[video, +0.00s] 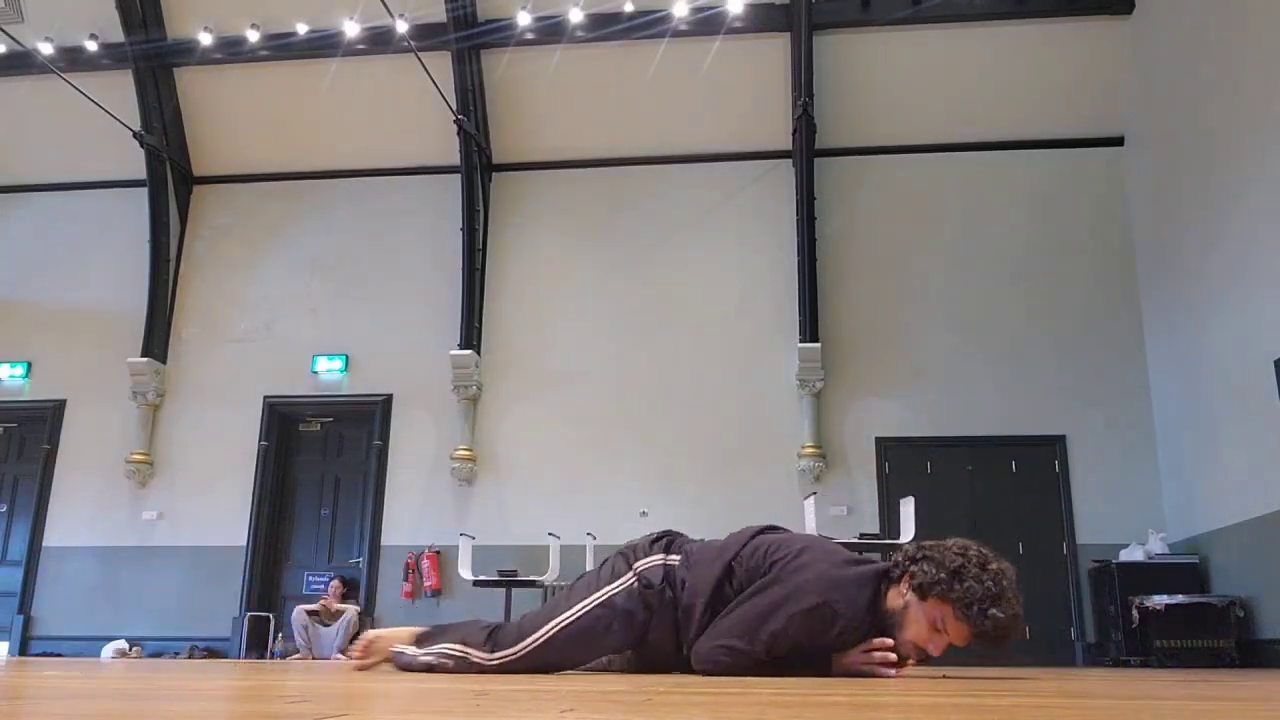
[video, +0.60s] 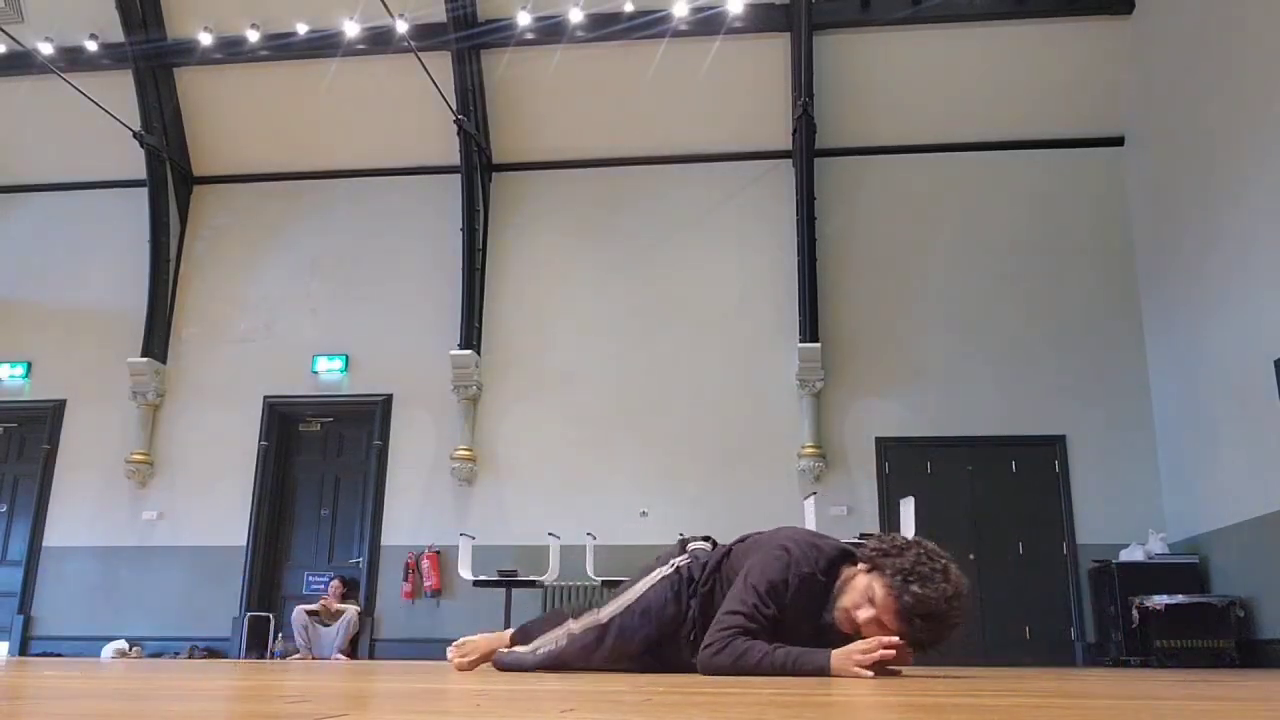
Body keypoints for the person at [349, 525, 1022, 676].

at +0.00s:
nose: (939, 645)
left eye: (952, 641)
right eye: (940, 627)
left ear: (948, 619)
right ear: (912, 589)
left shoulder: (879, 598)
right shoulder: (829, 588)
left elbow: (781, 655)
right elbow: (712, 660)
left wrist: (857, 654)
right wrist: (831, 666)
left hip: (674, 617)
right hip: (649, 589)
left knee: (525, 654)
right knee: (501, 659)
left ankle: (410, 644)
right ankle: (390, 646)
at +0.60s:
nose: (865, 624)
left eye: (883, 629)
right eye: (872, 606)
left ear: (897, 639)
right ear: (866, 569)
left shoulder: (856, 614)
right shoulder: (783, 563)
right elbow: (717, 651)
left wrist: (880, 655)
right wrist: (827, 662)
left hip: (710, 640)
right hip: (686, 590)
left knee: (609, 644)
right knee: (575, 646)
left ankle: (521, 637)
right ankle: (500, 650)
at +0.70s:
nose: (854, 615)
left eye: (872, 622)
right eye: (863, 598)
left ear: (890, 637)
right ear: (859, 565)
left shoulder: (846, 630)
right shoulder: (782, 558)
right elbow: (719, 652)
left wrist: (866, 657)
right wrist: (828, 662)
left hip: (693, 648)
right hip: (682, 584)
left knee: (595, 656)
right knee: (576, 621)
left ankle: (527, 645)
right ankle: (503, 651)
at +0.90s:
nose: (853, 617)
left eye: (872, 626)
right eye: (862, 599)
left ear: (892, 640)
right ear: (862, 566)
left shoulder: (876, 633)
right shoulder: (790, 554)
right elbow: (725, 648)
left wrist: (862, 658)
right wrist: (818, 663)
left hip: (711, 637)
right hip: (695, 575)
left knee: (610, 656)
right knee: (592, 554)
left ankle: (573, 641)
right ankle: (503, 646)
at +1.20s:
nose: (893, 620)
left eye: (915, 630)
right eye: (903, 603)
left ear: (939, 648)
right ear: (907, 570)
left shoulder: (912, 639)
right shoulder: (837, 556)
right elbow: (784, 624)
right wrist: (881, 660)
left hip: (754, 632)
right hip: (724, 570)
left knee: (729, 646)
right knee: (589, 538)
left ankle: (600, 646)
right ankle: (506, 640)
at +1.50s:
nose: (963, 623)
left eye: (978, 630)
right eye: (970, 611)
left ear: (981, 628)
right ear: (962, 578)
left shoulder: (941, 635)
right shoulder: (908, 551)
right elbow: (935, 612)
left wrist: (889, 659)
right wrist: (1057, 661)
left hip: (789, 627)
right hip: (746, 567)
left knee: (801, 645)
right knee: (568, 556)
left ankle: (642, 652)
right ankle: (502, 642)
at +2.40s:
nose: (1010, 637)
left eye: (1017, 648)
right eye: (1018, 629)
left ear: (1010, 652)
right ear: (1013, 609)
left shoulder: (954, 634)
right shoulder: (986, 576)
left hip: (816, 594)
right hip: (825, 527)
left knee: (959, 646)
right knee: (1017, 498)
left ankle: (752, 632)